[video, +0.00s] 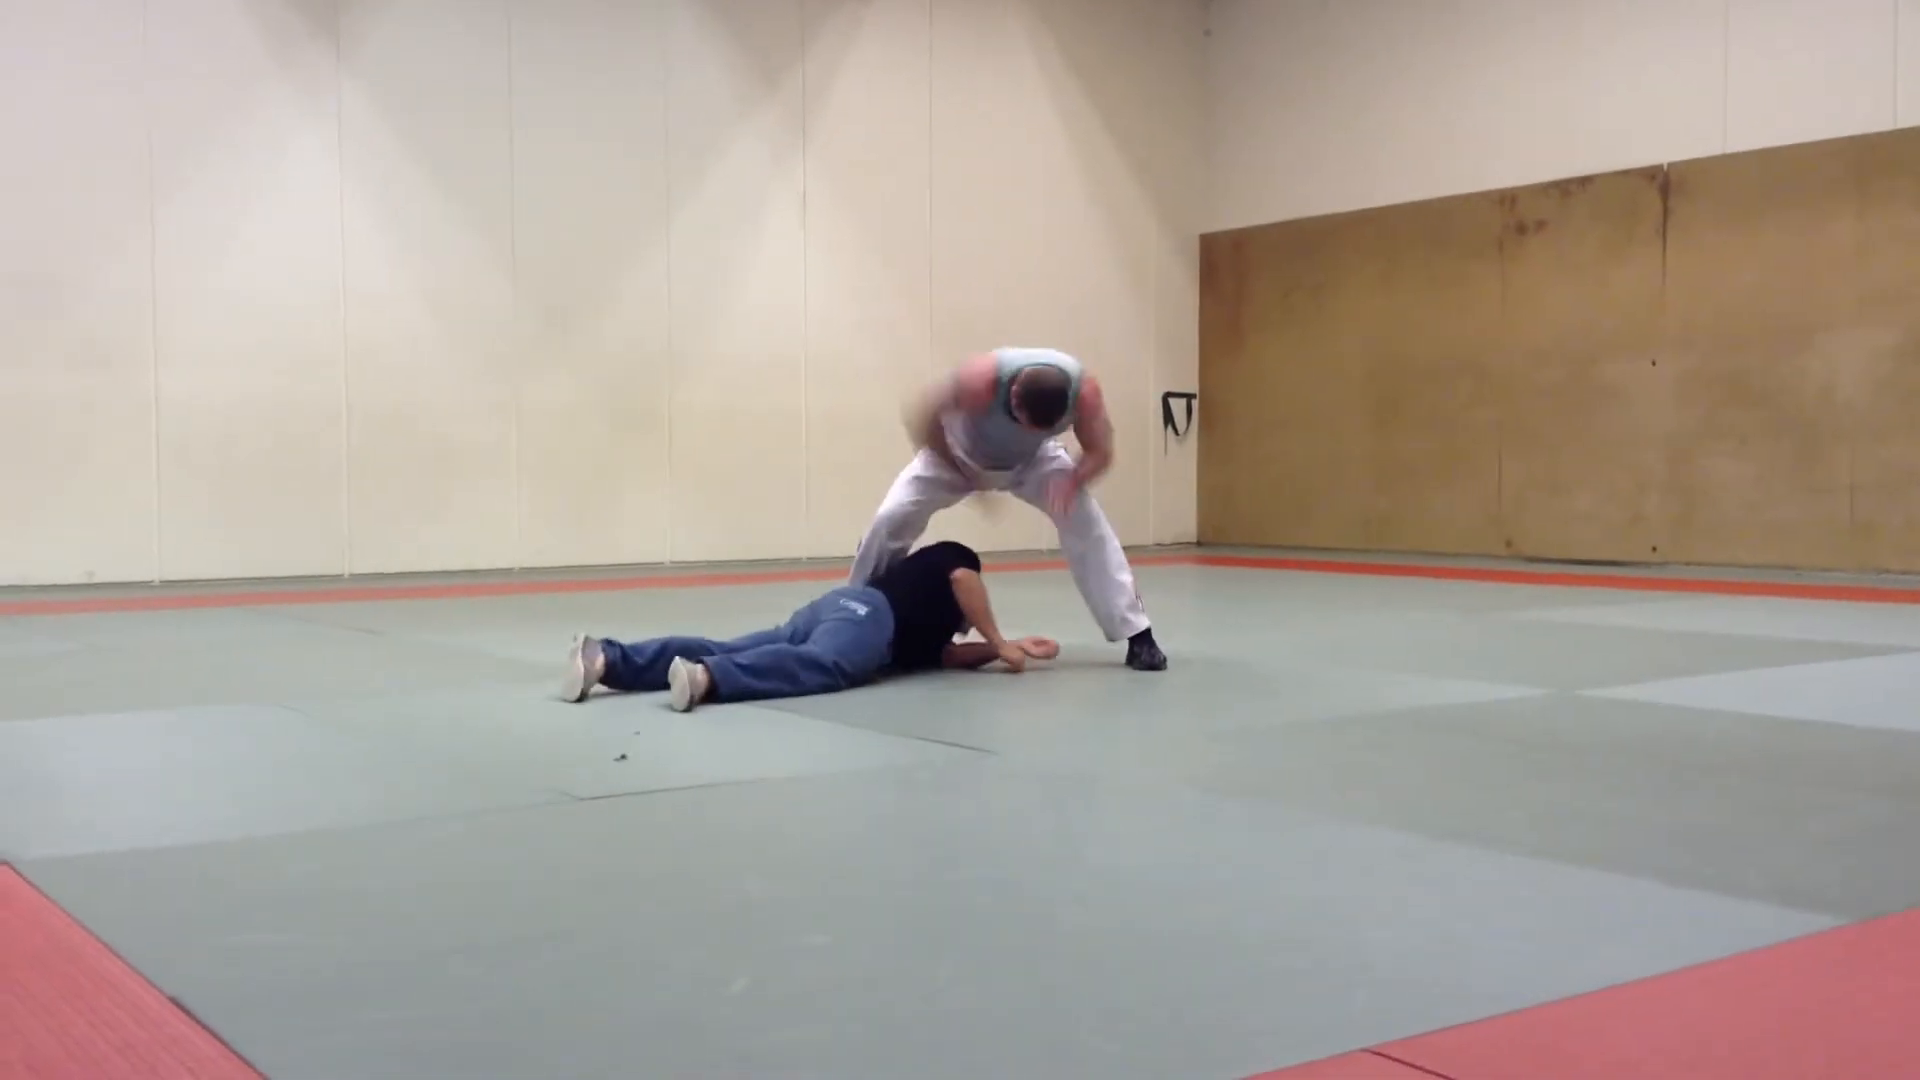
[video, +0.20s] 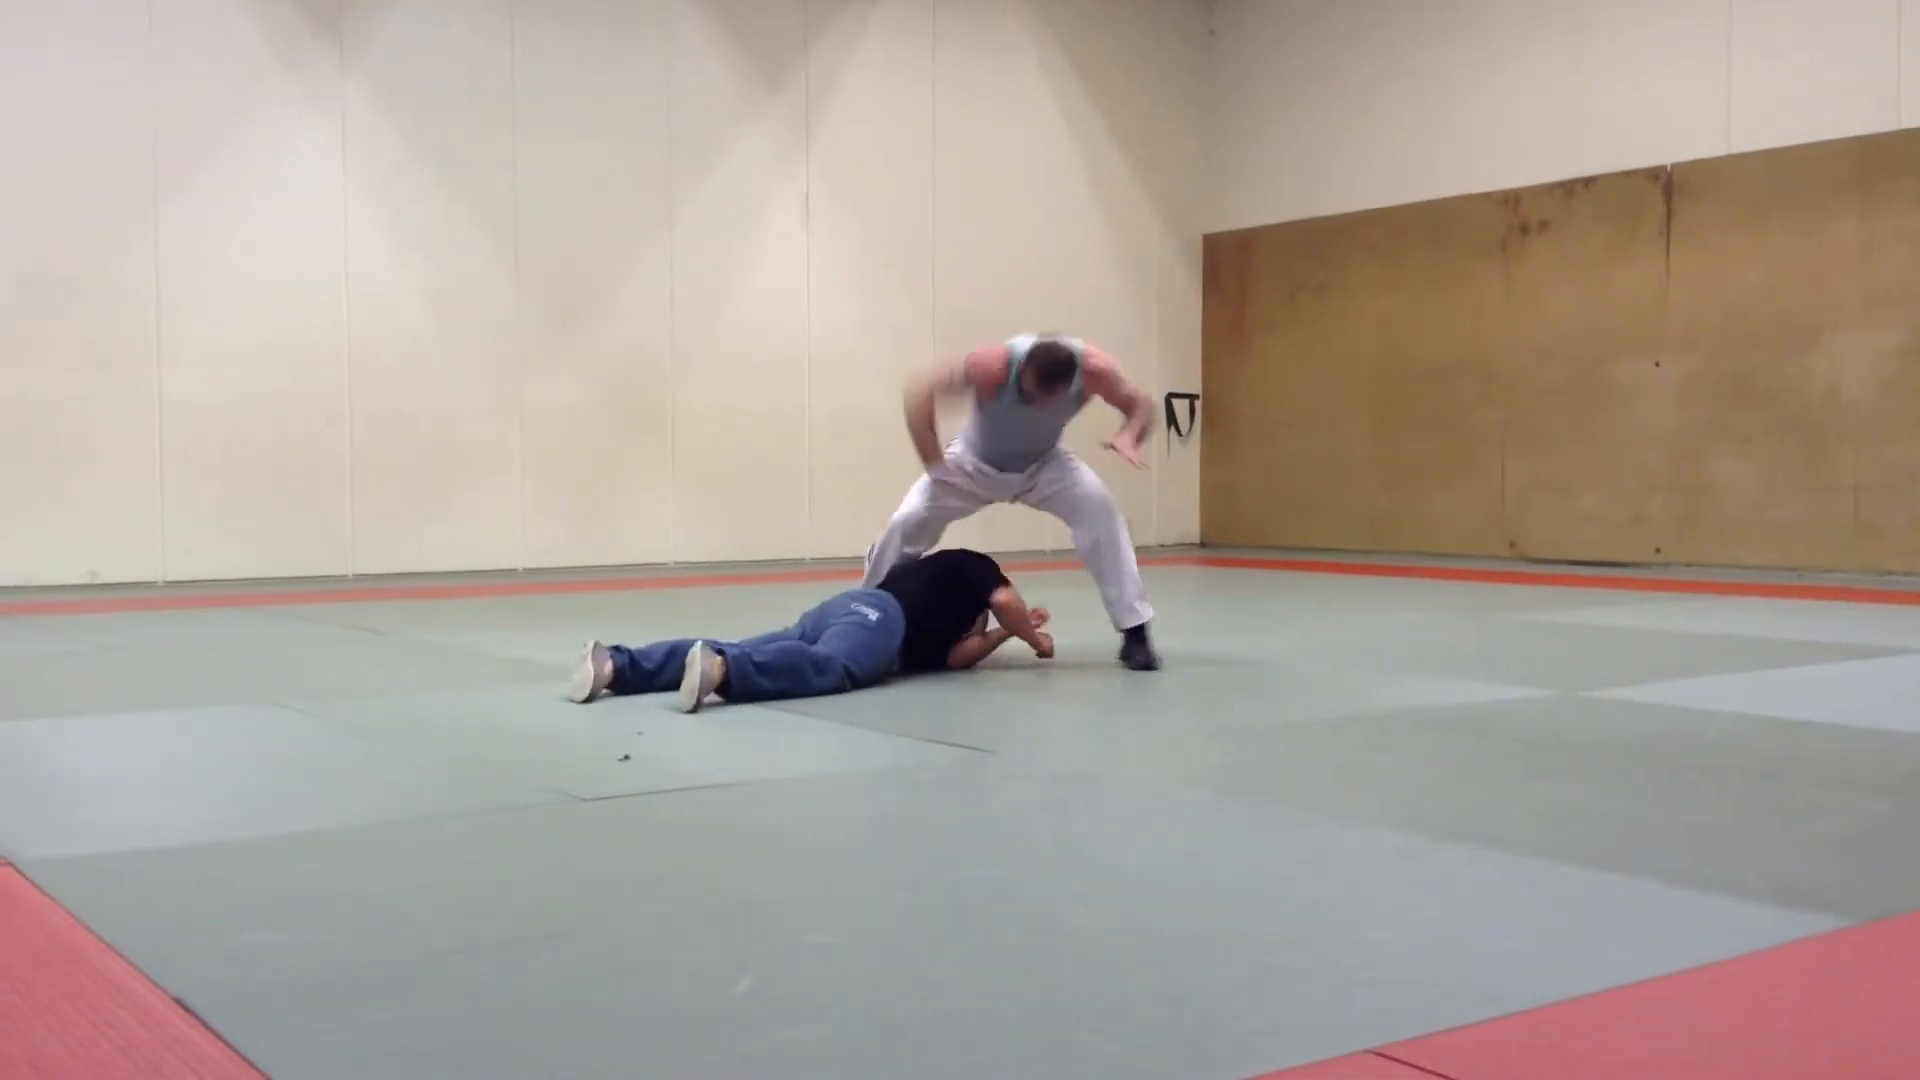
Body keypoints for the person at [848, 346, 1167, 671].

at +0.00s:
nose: (1031, 429)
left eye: (1042, 427)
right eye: (1026, 422)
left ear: (1065, 408)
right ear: (1014, 394)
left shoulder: (1083, 392)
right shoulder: (982, 378)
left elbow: (1100, 451)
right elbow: (920, 418)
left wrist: (1074, 480)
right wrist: (965, 477)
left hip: (1033, 460)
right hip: (959, 455)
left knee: (1085, 517)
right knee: (892, 518)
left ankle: (1138, 635)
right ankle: (854, 616)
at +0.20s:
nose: (1042, 403)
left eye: (1052, 398)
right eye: (1036, 394)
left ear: (1070, 381)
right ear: (1025, 372)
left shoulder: (1091, 369)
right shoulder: (994, 366)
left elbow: (1141, 406)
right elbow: (918, 389)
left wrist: (1128, 435)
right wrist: (935, 464)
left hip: (1044, 467)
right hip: (974, 466)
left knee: (1099, 508)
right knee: (907, 523)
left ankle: (1135, 631)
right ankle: (867, 616)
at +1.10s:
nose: (1412, 255)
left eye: (1418, 244)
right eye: (1407, 247)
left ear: (1443, 236)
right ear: (1412, 245)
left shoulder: (1463, 279)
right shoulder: (1459, 277)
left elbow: (1475, 346)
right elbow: (1454, 345)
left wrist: (1421, 368)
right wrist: (1411, 336)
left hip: (1449, 405)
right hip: (1467, 403)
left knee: (1392, 500)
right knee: (1451, 503)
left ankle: (1370, 609)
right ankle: (1519, 587)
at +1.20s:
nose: (1469, 261)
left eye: (1475, 249)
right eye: (1464, 253)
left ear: (1501, 243)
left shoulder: (1517, 283)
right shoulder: (1526, 280)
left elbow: (1508, 341)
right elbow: (1512, 346)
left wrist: (1458, 342)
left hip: (1513, 412)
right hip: (1537, 409)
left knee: (1454, 499)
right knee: (1513, 509)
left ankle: (1478, 603)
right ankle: (1541, 608)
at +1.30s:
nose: (1520, 255)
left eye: (1526, 244)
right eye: (1515, 247)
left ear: (1553, 235)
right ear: (1555, 239)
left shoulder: (1567, 274)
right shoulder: (1591, 269)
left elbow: (1540, 329)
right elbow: (1613, 333)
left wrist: (1499, 321)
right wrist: (1593, 370)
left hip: (1569, 399)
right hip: (1584, 395)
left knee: (1546, 506)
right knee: (1545, 505)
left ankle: (1627, 571)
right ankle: (1543, 601)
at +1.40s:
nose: (1575, 257)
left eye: (1580, 246)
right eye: (1571, 248)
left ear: (1603, 237)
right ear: (1609, 240)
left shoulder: (1619, 274)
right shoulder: (1646, 270)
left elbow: (1592, 330)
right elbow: (1678, 318)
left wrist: (1548, 330)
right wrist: (1642, 348)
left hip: (1633, 399)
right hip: (1620, 399)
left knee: (1635, 504)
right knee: (1584, 488)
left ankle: (1702, 589)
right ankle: (1593, 592)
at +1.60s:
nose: (1681, 270)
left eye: (1687, 259)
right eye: (1677, 261)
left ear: (1714, 253)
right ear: (1708, 258)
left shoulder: (1731, 292)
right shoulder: (1729, 289)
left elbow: (1749, 355)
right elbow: (1718, 342)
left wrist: (1698, 386)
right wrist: (1676, 334)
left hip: (1727, 407)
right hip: (1745, 405)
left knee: (1689, 510)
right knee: (1734, 507)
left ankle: (1716, 607)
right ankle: (1809, 574)